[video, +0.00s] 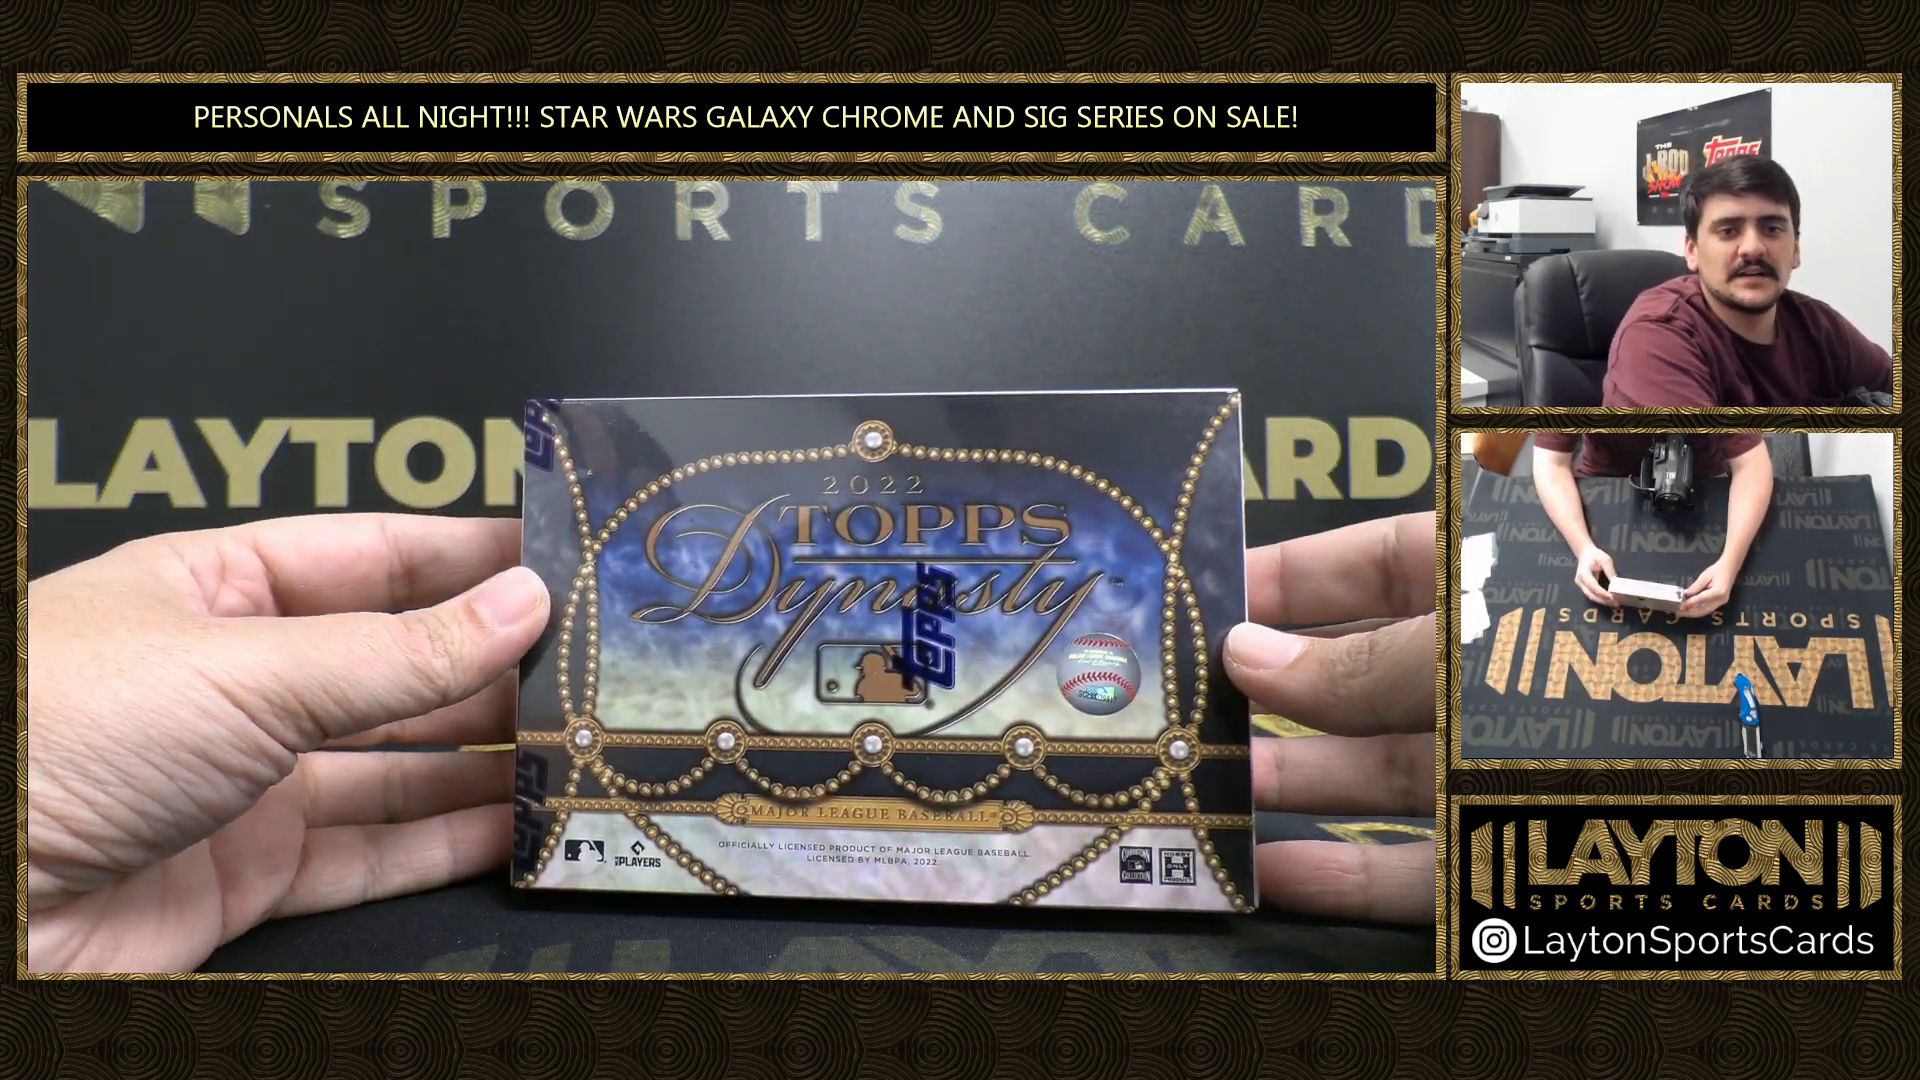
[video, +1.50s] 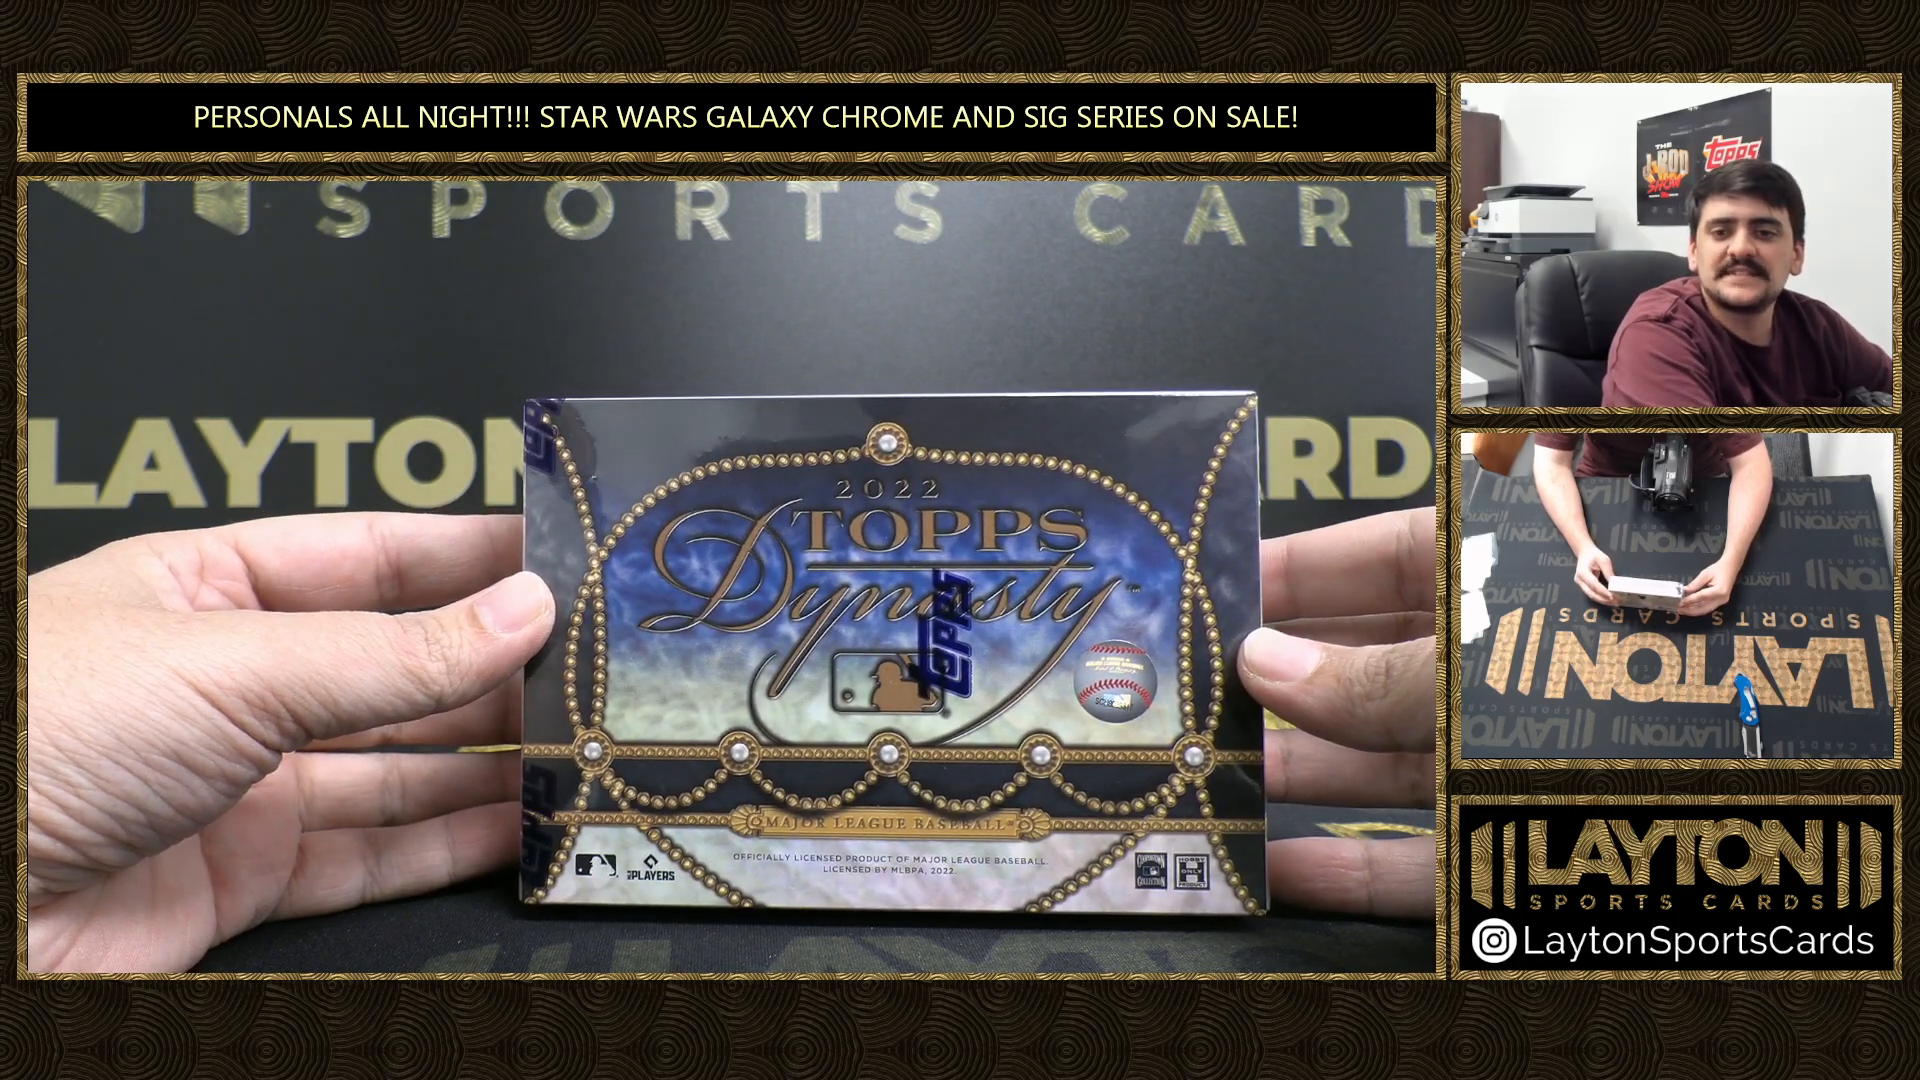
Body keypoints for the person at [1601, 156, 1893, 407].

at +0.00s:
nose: (1752, 247)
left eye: (1771, 229)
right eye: (1728, 230)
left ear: (1796, 250)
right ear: (1691, 251)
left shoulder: (1818, 328)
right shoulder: (1657, 333)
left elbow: (1897, 386)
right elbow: (1747, 462)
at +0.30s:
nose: (1751, 251)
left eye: (1771, 232)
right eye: (1728, 234)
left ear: (1798, 251)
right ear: (1693, 253)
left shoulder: (1819, 329)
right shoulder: (1657, 333)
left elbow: (1898, 387)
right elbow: (1748, 460)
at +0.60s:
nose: (1746, 251)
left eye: (1766, 233)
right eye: (1723, 235)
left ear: (1794, 250)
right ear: (1691, 254)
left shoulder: (1817, 329)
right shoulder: (1655, 334)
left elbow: (1897, 389)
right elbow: (1747, 461)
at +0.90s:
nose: (1745, 252)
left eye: (1765, 233)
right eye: (1722, 235)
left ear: (1795, 251)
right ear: (1691, 254)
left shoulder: (1817, 329)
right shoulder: (1656, 333)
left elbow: (1897, 389)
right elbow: (1746, 461)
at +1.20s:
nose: (1741, 246)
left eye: (1764, 231)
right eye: (1722, 230)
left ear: (1796, 256)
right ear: (1692, 253)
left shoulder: (1817, 328)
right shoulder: (1656, 333)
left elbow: (1896, 388)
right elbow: (1747, 462)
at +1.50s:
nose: (1741, 248)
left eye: (1764, 233)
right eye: (1721, 231)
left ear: (1796, 255)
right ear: (1693, 252)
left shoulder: (1818, 328)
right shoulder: (1657, 332)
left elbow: (1896, 388)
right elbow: (1747, 462)